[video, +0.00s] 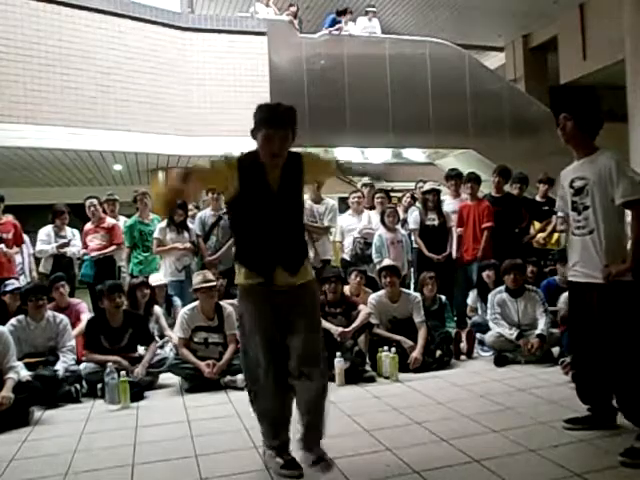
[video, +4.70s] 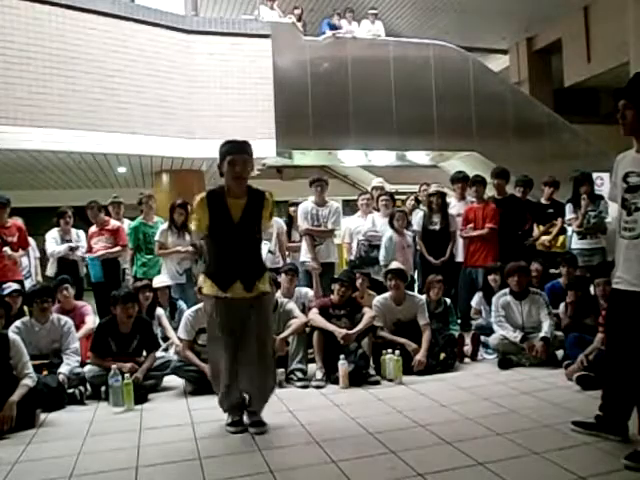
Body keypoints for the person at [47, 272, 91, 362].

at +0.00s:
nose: (61, 291)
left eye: (63, 286)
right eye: (56, 289)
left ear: (68, 288)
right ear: (52, 294)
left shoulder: (79, 305)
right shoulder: (48, 310)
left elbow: (85, 321)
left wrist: (70, 336)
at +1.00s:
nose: (62, 292)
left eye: (65, 287)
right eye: (58, 290)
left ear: (70, 290)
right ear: (53, 295)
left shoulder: (81, 306)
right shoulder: (51, 311)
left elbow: (88, 324)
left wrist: (72, 337)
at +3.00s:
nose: (65, 293)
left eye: (67, 288)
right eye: (60, 291)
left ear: (73, 291)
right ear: (56, 296)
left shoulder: (83, 307)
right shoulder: (53, 312)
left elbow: (90, 325)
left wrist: (74, 338)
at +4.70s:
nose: (65, 293)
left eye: (67, 289)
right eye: (61, 291)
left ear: (73, 291)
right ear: (57, 296)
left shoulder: (84, 307)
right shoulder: (54, 311)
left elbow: (90, 325)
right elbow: (51, 330)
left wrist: (75, 338)